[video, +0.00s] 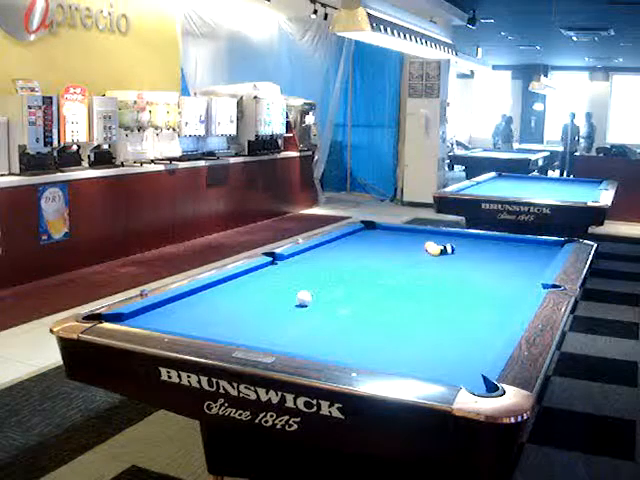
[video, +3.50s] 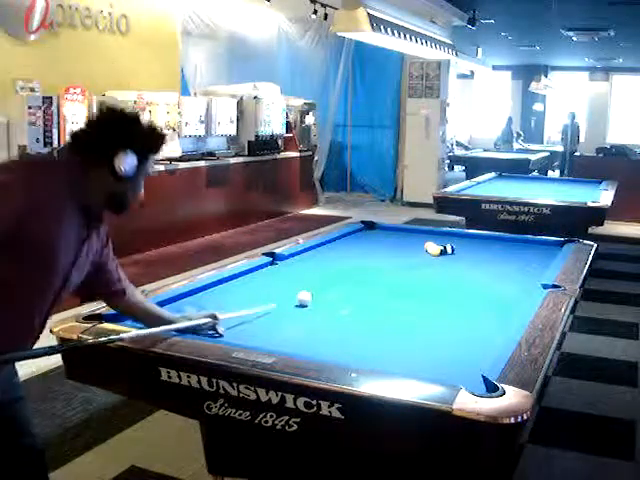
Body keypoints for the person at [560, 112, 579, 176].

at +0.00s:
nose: (571, 118)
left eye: (573, 116)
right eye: (571, 116)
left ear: (574, 117)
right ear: (569, 117)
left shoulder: (576, 127)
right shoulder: (565, 126)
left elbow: (578, 136)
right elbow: (562, 135)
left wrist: (577, 143)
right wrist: (562, 141)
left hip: (573, 146)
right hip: (565, 145)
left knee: (571, 160)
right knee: (563, 160)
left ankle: (569, 174)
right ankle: (561, 174)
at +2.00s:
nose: (572, 120)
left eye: (574, 119)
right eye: (571, 119)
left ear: (576, 118)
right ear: (570, 118)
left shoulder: (579, 126)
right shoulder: (566, 126)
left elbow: (581, 136)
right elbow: (563, 135)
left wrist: (580, 146)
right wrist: (563, 142)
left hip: (575, 146)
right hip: (566, 146)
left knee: (571, 159)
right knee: (563, 159)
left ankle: (569, 173)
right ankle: (561, 173)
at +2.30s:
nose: (572, 119)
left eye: (574, 117)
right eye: (571, 117)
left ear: (576, 118)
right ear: (570, 117)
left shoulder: (578, 126)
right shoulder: (566, 126)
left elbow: (580, 135)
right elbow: (563, 135)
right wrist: (563, 142)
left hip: (574, 146)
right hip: (566, 145)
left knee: (571, 160)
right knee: (563, 159)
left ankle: (569, 173)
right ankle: (561, 173)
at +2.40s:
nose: (572, 119)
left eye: (574, 117)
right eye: (571, 117)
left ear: (576, 117)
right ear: (570, 117)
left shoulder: (577, 126)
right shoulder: (566, 125)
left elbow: (580, 134)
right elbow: (563, 134)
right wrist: (563, 141)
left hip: (574, 145)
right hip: (566, 145)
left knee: (571, 159)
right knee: (563, 158)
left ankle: (569, 173)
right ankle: (561, 173)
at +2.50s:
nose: (572, 119)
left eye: (574, 117)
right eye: (571, 117)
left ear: (575, 117)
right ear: (570, 117)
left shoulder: (577, 126)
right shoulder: (566, 125)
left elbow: (579, 135)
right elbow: (563, 134)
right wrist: (563, 141)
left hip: (574, 146)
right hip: (566, 145)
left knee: (571, 159)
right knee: (563, 159)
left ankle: (569, 173)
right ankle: (561, 172)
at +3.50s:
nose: (571, 119)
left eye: (572, 117)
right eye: (570, 117)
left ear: (574, 117)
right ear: (568, 117)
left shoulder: (576, 126)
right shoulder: (565, 125)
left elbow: (578, 135)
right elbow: (563, 134)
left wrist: (577, 143)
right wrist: (562, 142)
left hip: (573, 145)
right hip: (566, 145)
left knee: (571, 160)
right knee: (563, 160)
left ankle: (570, 173)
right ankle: (562, 173)